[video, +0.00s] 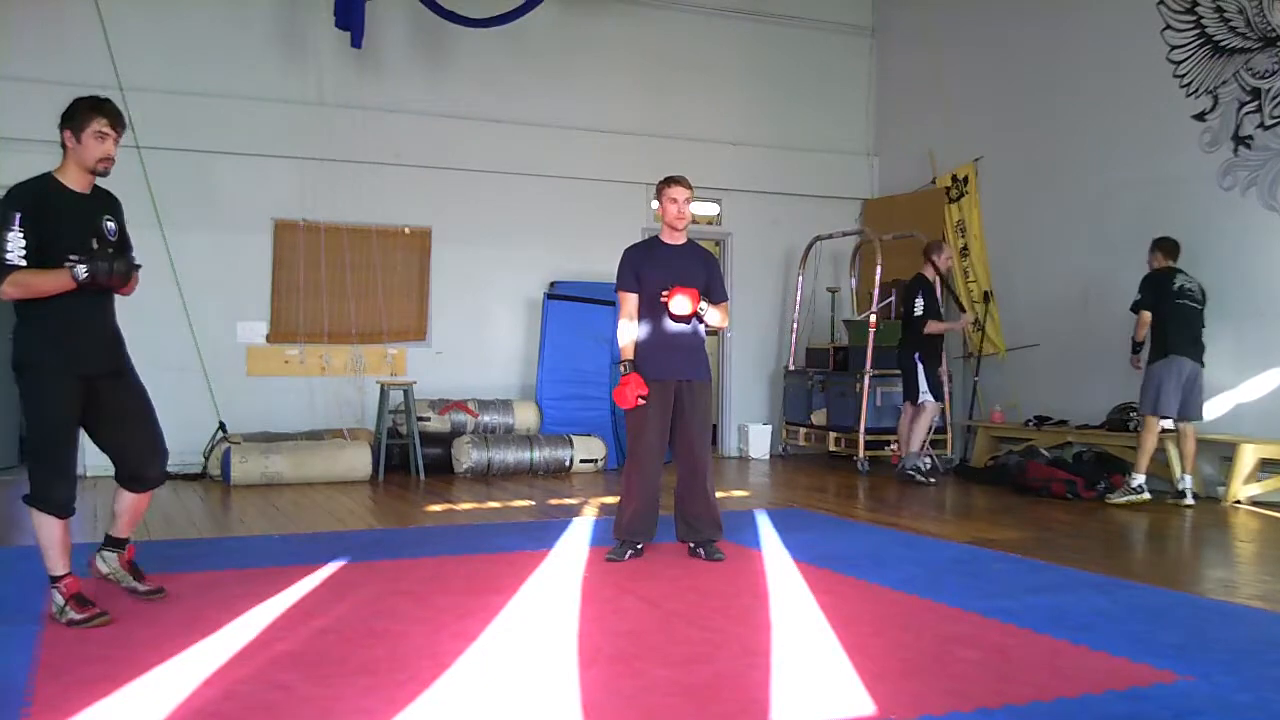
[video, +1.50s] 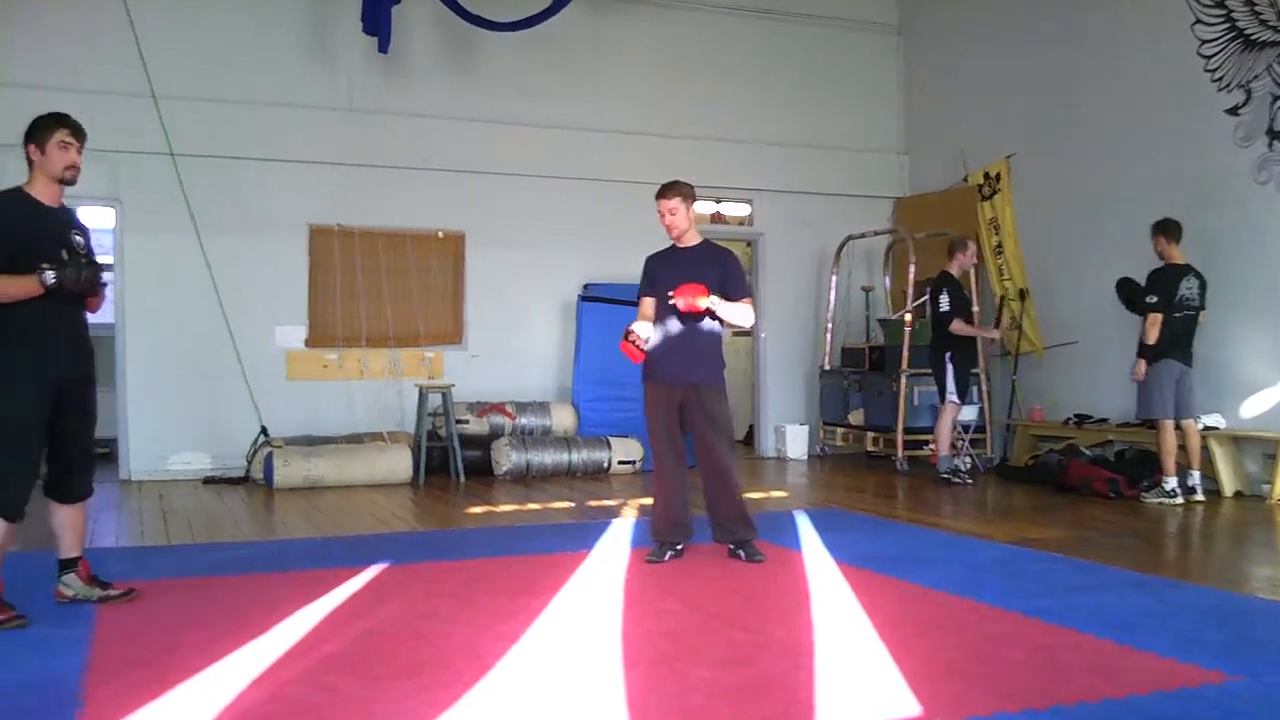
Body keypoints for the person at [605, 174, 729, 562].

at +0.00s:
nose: (680, 208)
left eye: (686, 202)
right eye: (673, 201)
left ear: (693, 208)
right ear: (659, 206)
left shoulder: (706, 259)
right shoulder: (636, 255)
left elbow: (722, 318)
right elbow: (627, 317)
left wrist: (699, 308)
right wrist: (627, 367)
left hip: (695, 373)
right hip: (650, 371)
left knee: (696, 457)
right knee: (643, 456)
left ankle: (700, 536)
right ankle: (632, 537)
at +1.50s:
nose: (666, 220)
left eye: (673, 212)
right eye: (661, 214)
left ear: (692, 210)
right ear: (659, 216)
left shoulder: (722, 258)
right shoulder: (655, 263)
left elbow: (746, 317)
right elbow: (646, 317)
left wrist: (711, 302)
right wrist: (638, 335)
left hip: (705, 376)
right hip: (660, 376)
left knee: (719, 457)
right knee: (666, 460)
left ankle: (738, 536)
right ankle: (670, 538)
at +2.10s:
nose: (676, 229)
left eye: (682, 221)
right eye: (669, 222)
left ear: (696, 214)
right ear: (660, 218)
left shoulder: (721, 255)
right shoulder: (648, 260)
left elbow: (746, 308)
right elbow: (637, 320)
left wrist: (715, 316)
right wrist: (633, 377)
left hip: (710, 374)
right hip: (665, 375)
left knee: (703, 452)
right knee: (671, 453)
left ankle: (698, 539)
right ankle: (678, 535)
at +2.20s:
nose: (686, 234)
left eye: (692, 226)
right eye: (679, 226)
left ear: (705, 216)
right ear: (670, 220)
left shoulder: (731, 260)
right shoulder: (657, 262)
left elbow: (753, 312)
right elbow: (646, 323)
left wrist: (725, 322)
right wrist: (639, 381)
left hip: (715, 379)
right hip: (671, 380)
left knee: (709, 457)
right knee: (676, 458)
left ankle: (701, 542)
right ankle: (686, 536)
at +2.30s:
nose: (690, 234)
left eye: (697, 226)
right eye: (683, 226)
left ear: (709, 217)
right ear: (674, 218)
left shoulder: (731, 260)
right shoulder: (655, 259)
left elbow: (750, 314)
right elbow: (645, 320)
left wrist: (724, 324)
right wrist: (641, 378)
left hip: (714, 379)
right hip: (669, 379)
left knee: (710, 459)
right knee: (676, 459)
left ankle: (699, 547)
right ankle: (686, 539)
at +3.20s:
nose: (675, 199)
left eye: (683, 191)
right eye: (669, 191)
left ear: (699, 181)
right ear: (662, 182)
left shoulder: (721, 225)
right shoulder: (653, 217)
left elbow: (742, 288)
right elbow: (641, 274)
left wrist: (694, 291)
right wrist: (629, 329)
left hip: (700, 348)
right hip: (655, 344)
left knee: (709, 432)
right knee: (643, 426)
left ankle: (718, 512)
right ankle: (624, 506)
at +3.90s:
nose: (644, 151)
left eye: (649, 143)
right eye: (634, 145)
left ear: (657, 147)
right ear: (622, 153)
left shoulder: (687, 194)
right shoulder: (619, 206)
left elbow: (715, 252)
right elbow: (610, 269)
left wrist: (666, 258)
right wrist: (595, 327)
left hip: (684, 318)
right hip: (641, 319)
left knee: (681, 404)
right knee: (640, 405)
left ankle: (681, 459)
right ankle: (650, 495)